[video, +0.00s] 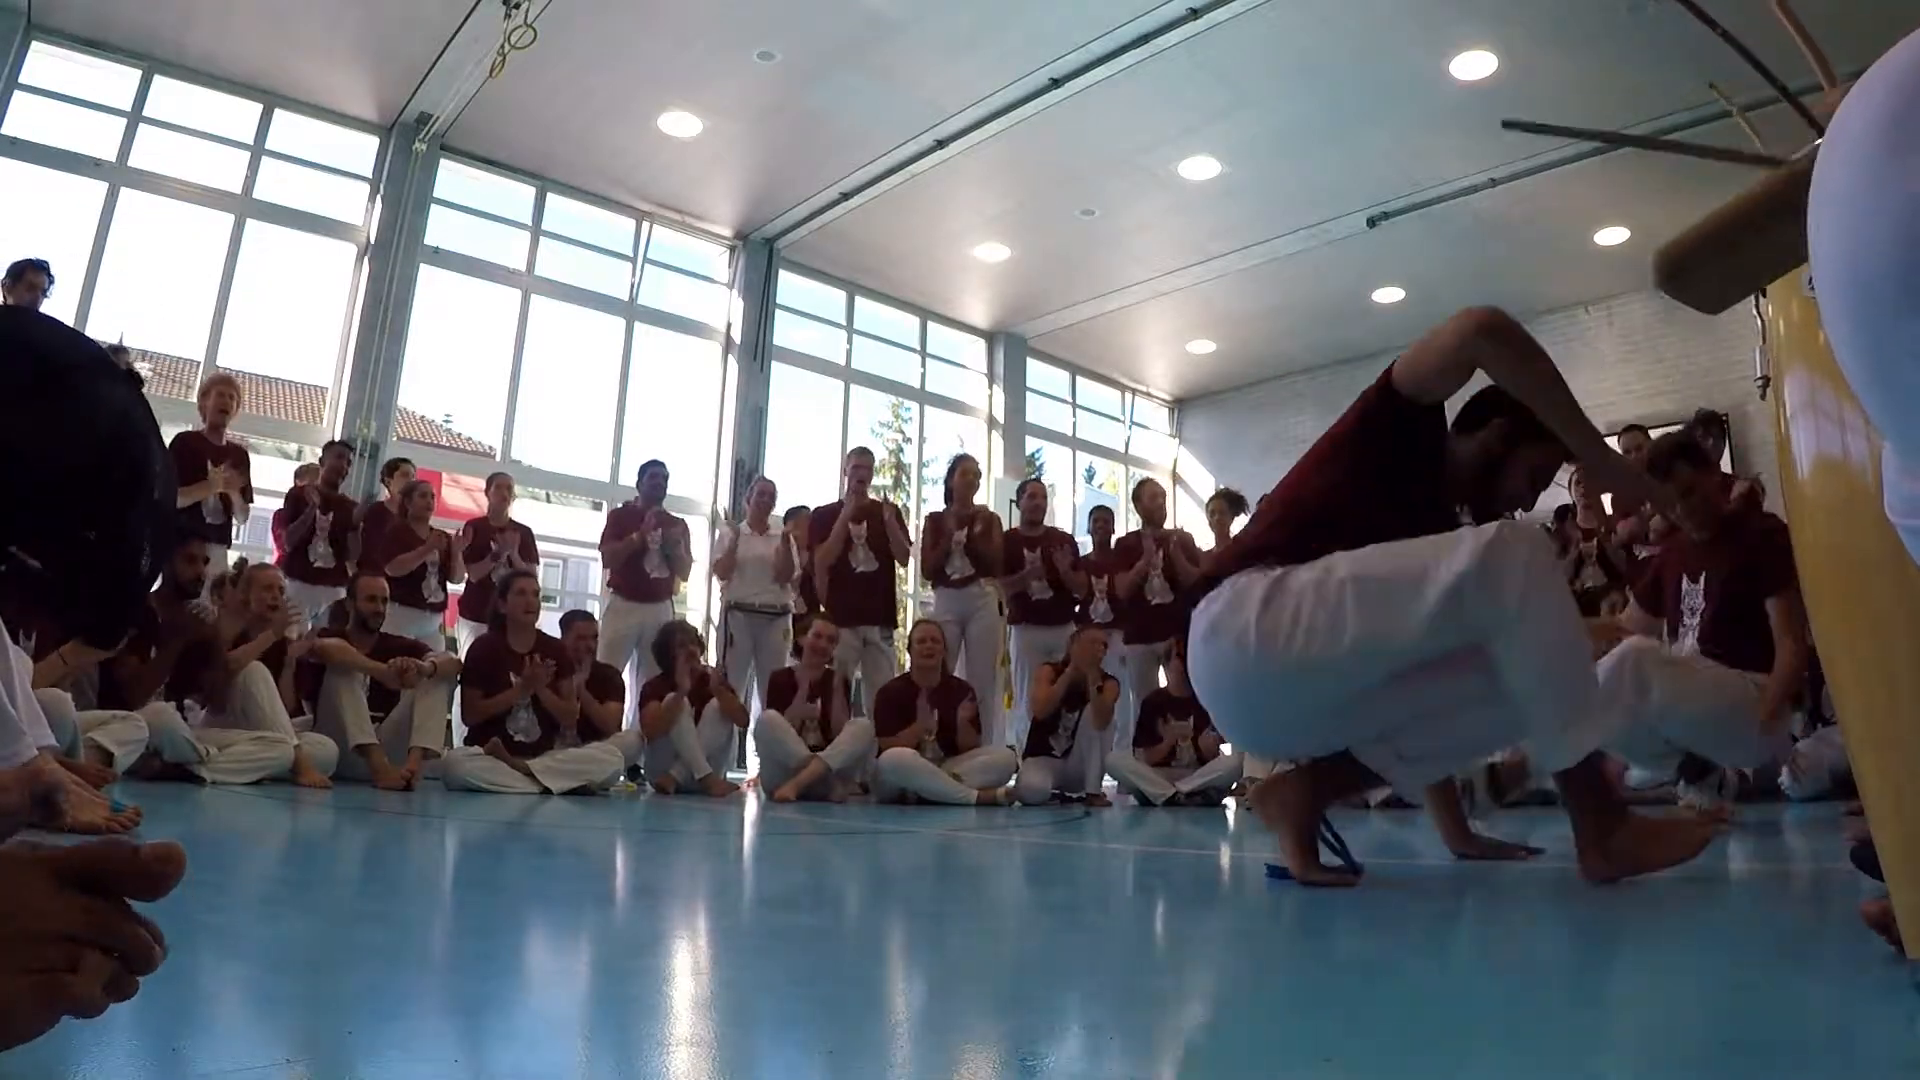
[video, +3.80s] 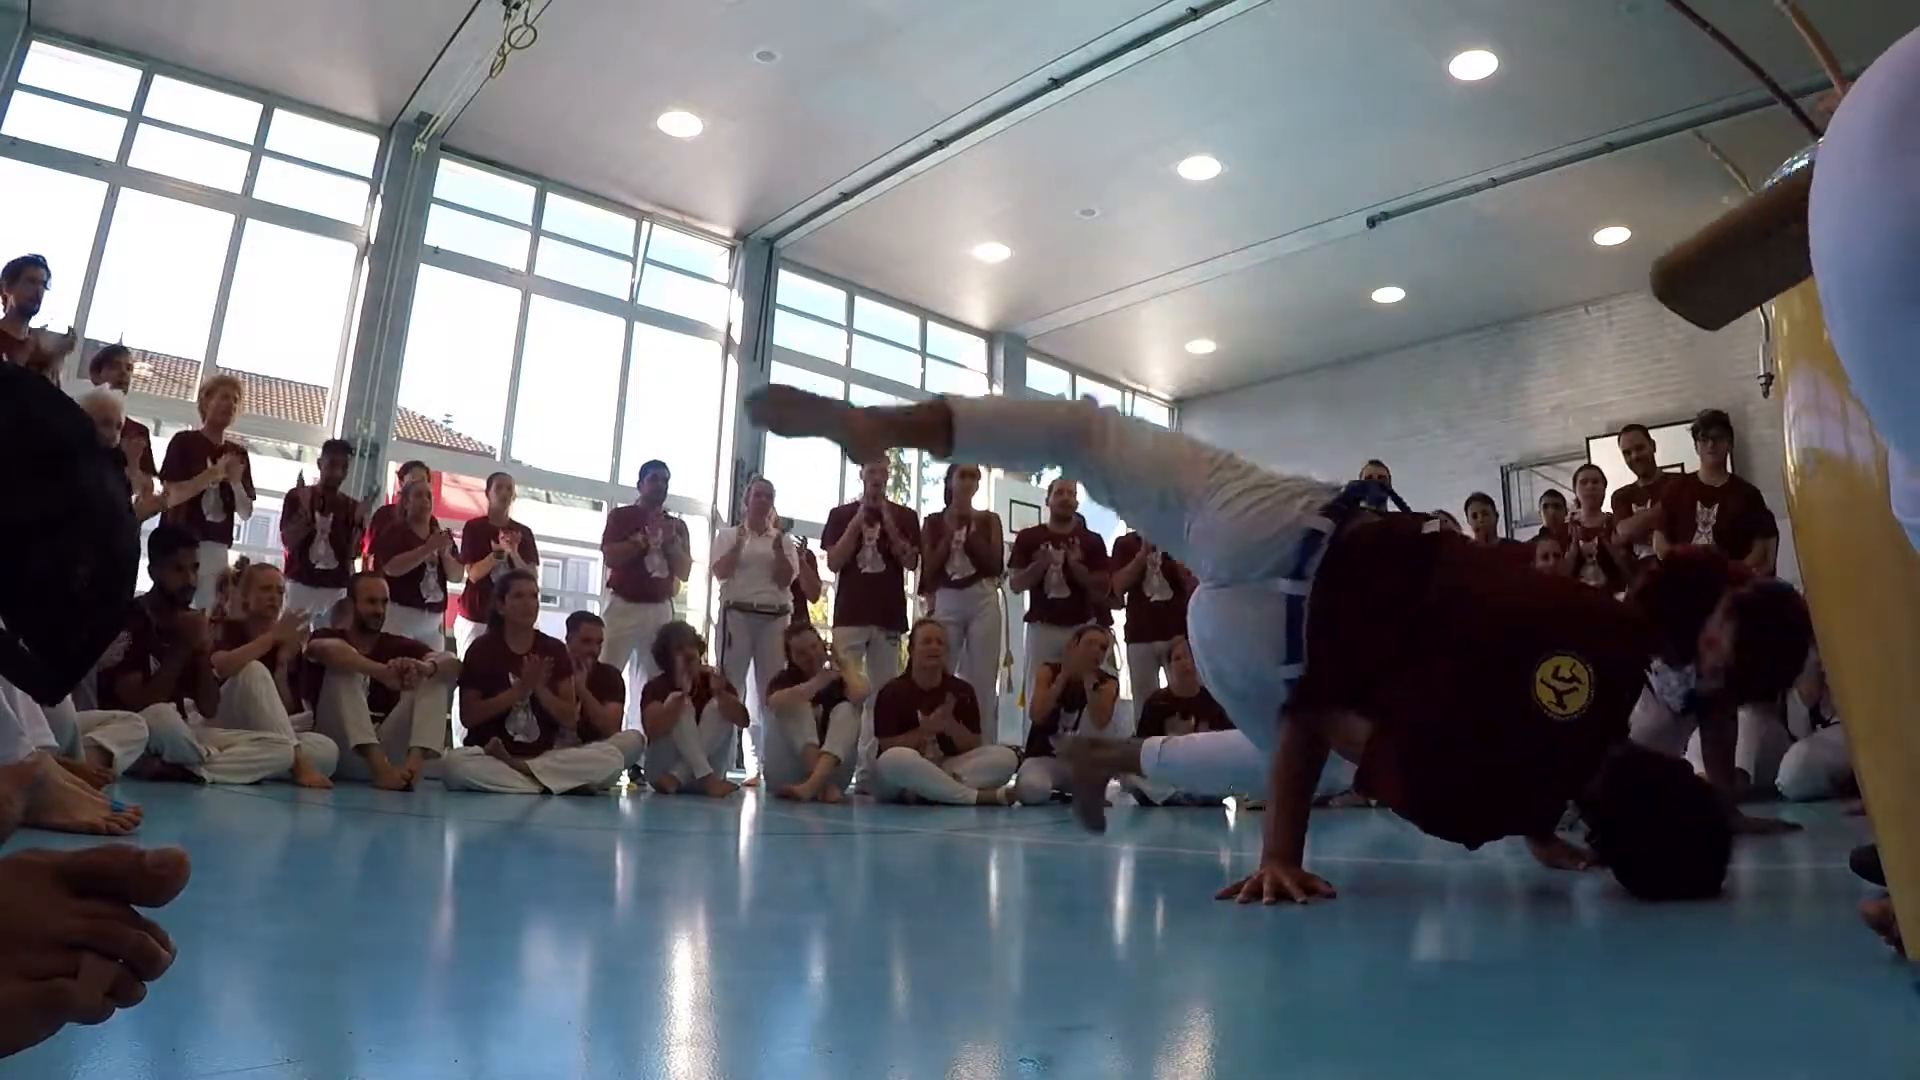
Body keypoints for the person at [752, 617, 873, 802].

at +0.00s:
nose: (823, 645)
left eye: (831, 641)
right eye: (817, 636)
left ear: (835, 648)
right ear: (801, 639)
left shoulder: (838, 681)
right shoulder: (780, 678)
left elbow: (839, 733)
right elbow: (774, 736)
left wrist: (837, 688)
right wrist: (802, 691)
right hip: (784, 777)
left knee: (864, 727)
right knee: (767, 719)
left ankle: (796, 784)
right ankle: (831, 784)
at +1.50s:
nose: (818, 649)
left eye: (824, 643)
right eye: (812, 642)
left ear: (831, 645)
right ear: (798, 643)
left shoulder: (842, 674)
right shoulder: (786, 679)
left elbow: (853, 717)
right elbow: (795, 731)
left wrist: (829, 672)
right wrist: (810, 681)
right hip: (789, 775)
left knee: (862, 727)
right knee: (773, 713)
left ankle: (798, 782)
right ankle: (829, 785)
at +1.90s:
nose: (809, 645)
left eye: (812, 639)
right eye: (801, 639)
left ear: (817, 643)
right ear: (784, 644)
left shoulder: (825, 673)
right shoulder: (772, 679)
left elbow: (845, 700)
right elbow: (797, 724)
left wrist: (830, 649)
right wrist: (794, 669)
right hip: (785, 778)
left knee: (855, 717)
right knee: (767, 720)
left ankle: (798, 784)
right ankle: (829, 785)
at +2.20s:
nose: (807, 661)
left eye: (811, 654)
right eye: (799, 656)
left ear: (816, 651)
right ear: (786, 654)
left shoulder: (821, 673)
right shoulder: (770, 678)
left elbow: (849, 685)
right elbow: (790, 703)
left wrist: (822, 637)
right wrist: (781, 650)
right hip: (784, 777)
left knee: (857, 718)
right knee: (773, 716)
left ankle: (804, 785)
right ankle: (829, 784)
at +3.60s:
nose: (811, 664)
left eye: (818, 656)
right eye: (804, 657)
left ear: (827, 654)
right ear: (794, 656)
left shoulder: (836, 679)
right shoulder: (780, 680)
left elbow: (859, 687)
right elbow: (775, 701)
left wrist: (839, 656)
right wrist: (791, 653)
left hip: (832, 779)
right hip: (785, 777)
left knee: (851, 711)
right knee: (797, 701)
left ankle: (812, 785)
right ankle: (824, 783)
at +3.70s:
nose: (806, 657)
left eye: (812, 649)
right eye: (799, 652)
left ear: (821, 648)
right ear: (790, 653)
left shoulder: (836, 679)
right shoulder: (781, 679)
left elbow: (860, 695)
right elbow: (773, 703)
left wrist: (838, 659)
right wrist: (807, 668)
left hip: (831, 778)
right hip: (785, 776)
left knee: (847, 711)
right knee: (796, 700)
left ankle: (812, 785)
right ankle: (824, 783)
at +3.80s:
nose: (810, 655)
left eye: (814, 647)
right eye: (801, 653)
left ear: (823, 645)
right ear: (791, 658)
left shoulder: (839, 679)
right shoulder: (785, 678)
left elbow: (860, 696)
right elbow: (775, 701)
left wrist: (844, 664)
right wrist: (817, 683)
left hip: (832, 778)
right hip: (785, 776)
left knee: (846, 709)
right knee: (795, 702)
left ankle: (812, 785)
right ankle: (825, 783)